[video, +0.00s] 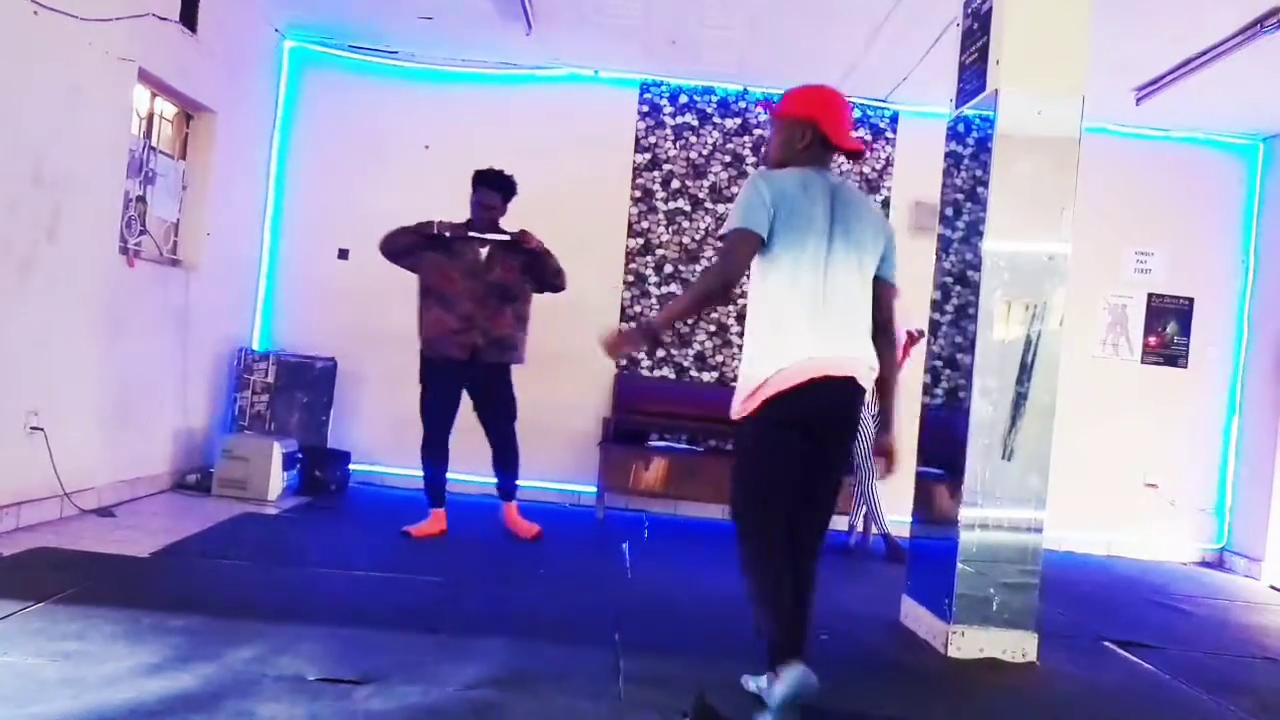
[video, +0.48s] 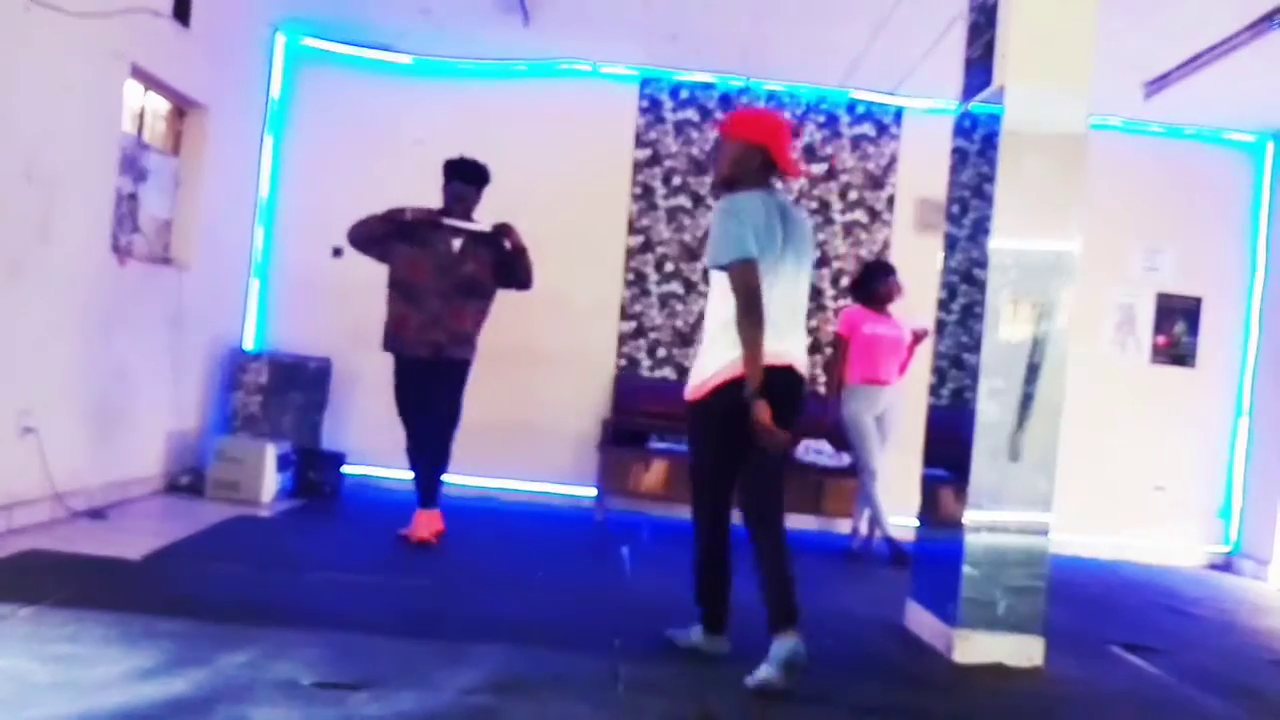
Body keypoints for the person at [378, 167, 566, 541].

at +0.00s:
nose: (483, 212)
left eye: (492, 207)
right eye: (479, 203)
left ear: (505, 208)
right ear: (471, 199)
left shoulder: (518, 253)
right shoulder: (439, 247)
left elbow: (556, 283)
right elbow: (390, 247)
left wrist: (537, 250)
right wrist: (431, 231)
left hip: (491, 363)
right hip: (442, 359)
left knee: (503, 434)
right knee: (435, 435)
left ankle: (510, 510)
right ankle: (436, 514)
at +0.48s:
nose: (460, 199)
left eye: (469, 193)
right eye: (455, 190)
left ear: (479, 196)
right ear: (444, 188)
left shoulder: (486, 247)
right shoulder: (412, 235)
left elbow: (522, 280)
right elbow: (358, 236)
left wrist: (514, 244)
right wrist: (403, 218)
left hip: (454, 353)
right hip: (411, 348)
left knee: (441, 426)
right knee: (415, 425)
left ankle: (427, 507)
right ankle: (428, 507)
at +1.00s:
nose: (438, 178)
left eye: (447, 172)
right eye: (433, 170)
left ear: (462, 180)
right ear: (425, 175)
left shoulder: (477, 231)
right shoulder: (408, 225)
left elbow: (494, 288)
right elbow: (390, 277)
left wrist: (470, 280)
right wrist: (387, 318)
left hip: (444, 353)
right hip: (400, 348)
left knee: (431, 435)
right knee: (387, 431)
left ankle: (423, 516)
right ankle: (388, 513)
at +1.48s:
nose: (440, 180)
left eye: (449, 174)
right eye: (435, 173)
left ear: (465, 183)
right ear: (426, 178)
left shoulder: (470, 239)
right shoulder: (398, 223)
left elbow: (478, 301)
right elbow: (383, 285)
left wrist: (505, 307)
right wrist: (400, 339)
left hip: (446, 344)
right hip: (399, 340)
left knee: (440, 418)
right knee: (401, 417)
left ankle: (407, 489)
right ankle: (414, 495)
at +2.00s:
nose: (421, 181)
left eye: (430, 174)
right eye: (416, 174)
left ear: (448, 181)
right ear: (411, 179)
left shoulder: (464, 237)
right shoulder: (400, 225)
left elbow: (460, 300)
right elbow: (373, 275)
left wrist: (445, 346)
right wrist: (379, 317)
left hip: (427, 353)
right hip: (386, 343)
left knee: (412, 428)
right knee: (359, 415)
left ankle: (410, 505)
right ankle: (380, 492)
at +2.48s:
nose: (423, 181)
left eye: (432, 176)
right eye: (418, 174)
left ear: (448, 181)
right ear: (411, 178)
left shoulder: (464, 230)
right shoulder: (390, 226)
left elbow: (479, 288)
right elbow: (378, 289)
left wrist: (514, 281)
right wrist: (403, 338)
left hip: (451, 344)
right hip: (406, 342)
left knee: (449, 417)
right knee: (407, 418)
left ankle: (435, 492)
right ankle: (407, 502)